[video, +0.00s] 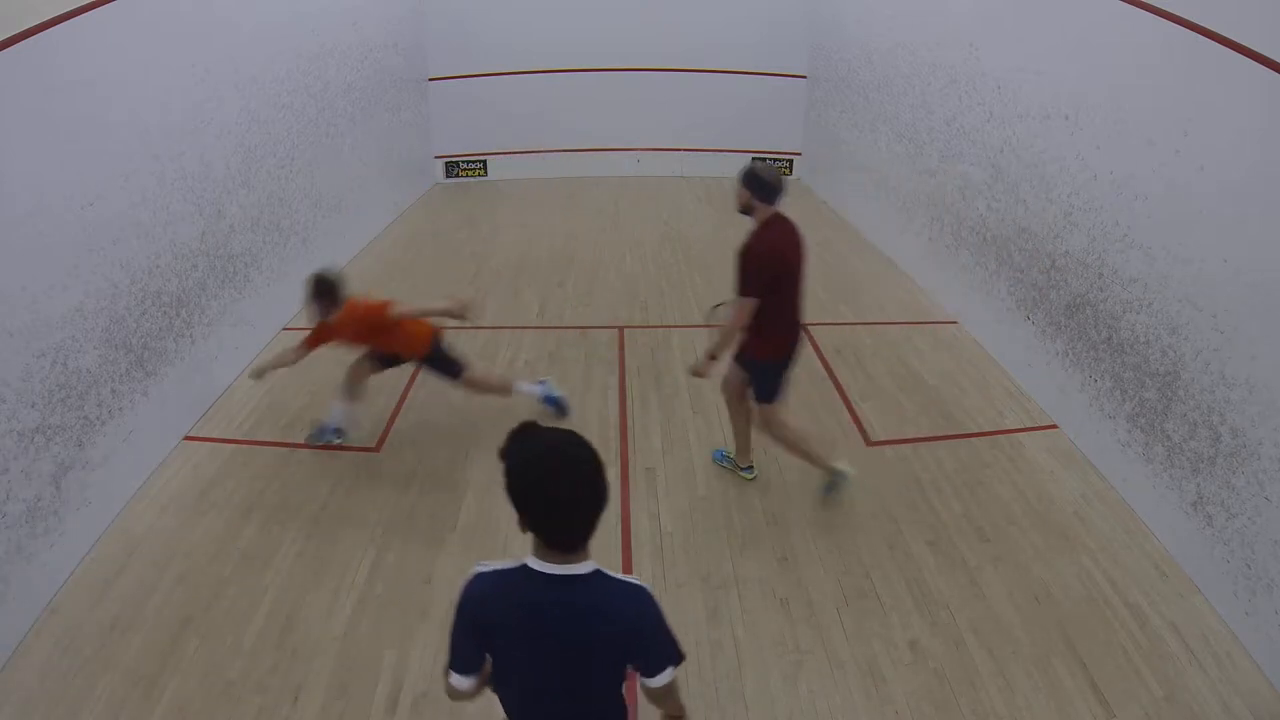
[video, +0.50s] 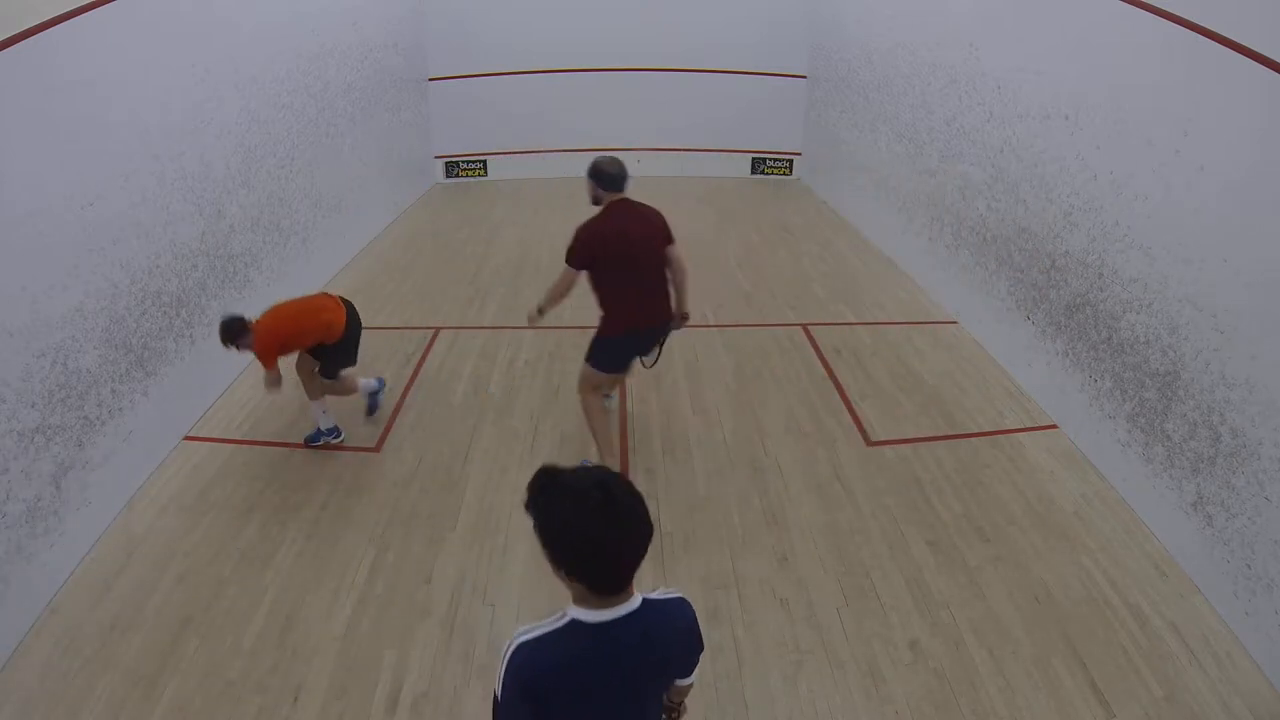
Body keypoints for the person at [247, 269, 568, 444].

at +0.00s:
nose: (311, 309)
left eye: (313, 303)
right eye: (312, 303)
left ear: (324, 302)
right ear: (327, 301)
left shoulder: (359, 312)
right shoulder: (326, 326)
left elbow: (406, 312)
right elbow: (296, 354)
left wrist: (448, 311)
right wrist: (265, 367)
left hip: (422, 342)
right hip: (394, 346)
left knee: (472, 381)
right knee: (357, 370)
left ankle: (540, 391)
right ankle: (338, 426)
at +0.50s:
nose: (241, 350)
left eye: (237, 346)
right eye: (237, 348)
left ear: (240, 341)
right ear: (246, 324)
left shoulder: (262, 344)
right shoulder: (265, 319)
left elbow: (274, 379)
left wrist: (271, 385)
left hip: (343, 328)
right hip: (339, 306)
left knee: (324, 384)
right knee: (304, 368)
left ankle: (373, 386)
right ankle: (328, 428)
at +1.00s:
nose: (237, 235)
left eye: (237, 228)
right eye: (235, 230)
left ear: (247, 225)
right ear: (260, 219)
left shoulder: (269, 260)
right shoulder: (285, 235)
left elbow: (284, 315)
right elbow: (318, 269)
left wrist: (296, 359)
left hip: (327, 318)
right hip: (334, 305)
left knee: (331, 378)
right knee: (315, 369)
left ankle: (368, 422)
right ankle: (330, 426)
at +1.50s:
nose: (248, 216)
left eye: (251, 210)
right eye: (247, 210)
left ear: (268, 209)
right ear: (274, 207)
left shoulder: (287, 244)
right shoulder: (288, 229)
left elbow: (298, 301)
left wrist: (288, 350)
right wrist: (294, 318)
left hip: (317, 323)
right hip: (302, 320)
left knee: (337, 377)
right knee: (296, 371)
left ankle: (370, 422)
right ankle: (307, 431)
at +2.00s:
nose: (215, 223)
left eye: (221, 217)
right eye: (213, 217)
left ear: (242, 214)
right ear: (238, 214)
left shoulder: (260, 245)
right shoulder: (238, 240)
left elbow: (278, 301)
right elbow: (251, 291)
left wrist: (267, 350)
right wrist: (251, 328)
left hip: (279, 329)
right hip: (260, 328)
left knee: (286, 395)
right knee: (281, 387)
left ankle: (337, 415)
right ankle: (303, 434)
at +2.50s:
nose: (192, 250)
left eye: (198, 243)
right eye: (187, 243)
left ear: (217, 236)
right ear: (183, 237)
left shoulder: (241, 269)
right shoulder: (194, 267)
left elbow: (268, 320)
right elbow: (197, 309)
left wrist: (253, 368)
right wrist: (196, 351)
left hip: (256, 353)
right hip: (229, 355)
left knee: (260, 417)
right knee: (261, 398)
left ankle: (274, 490)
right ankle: (296, 434)